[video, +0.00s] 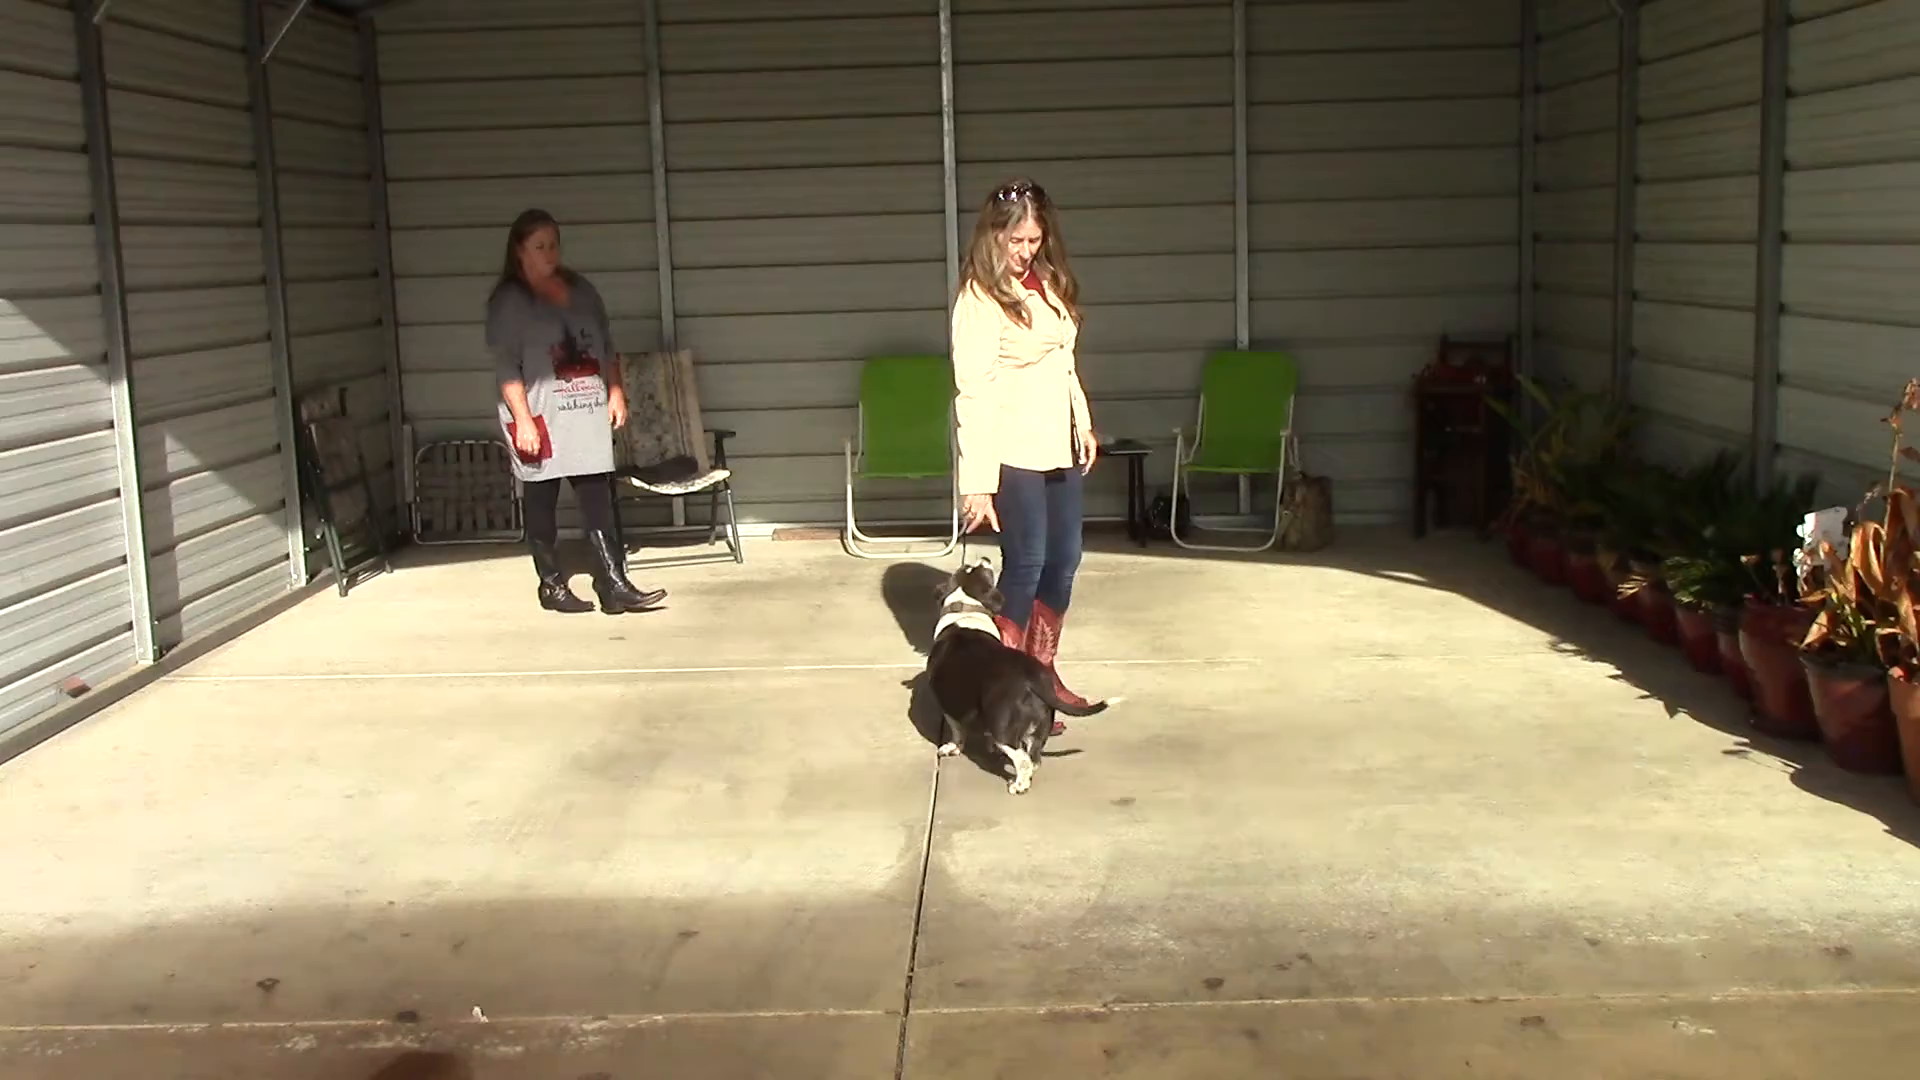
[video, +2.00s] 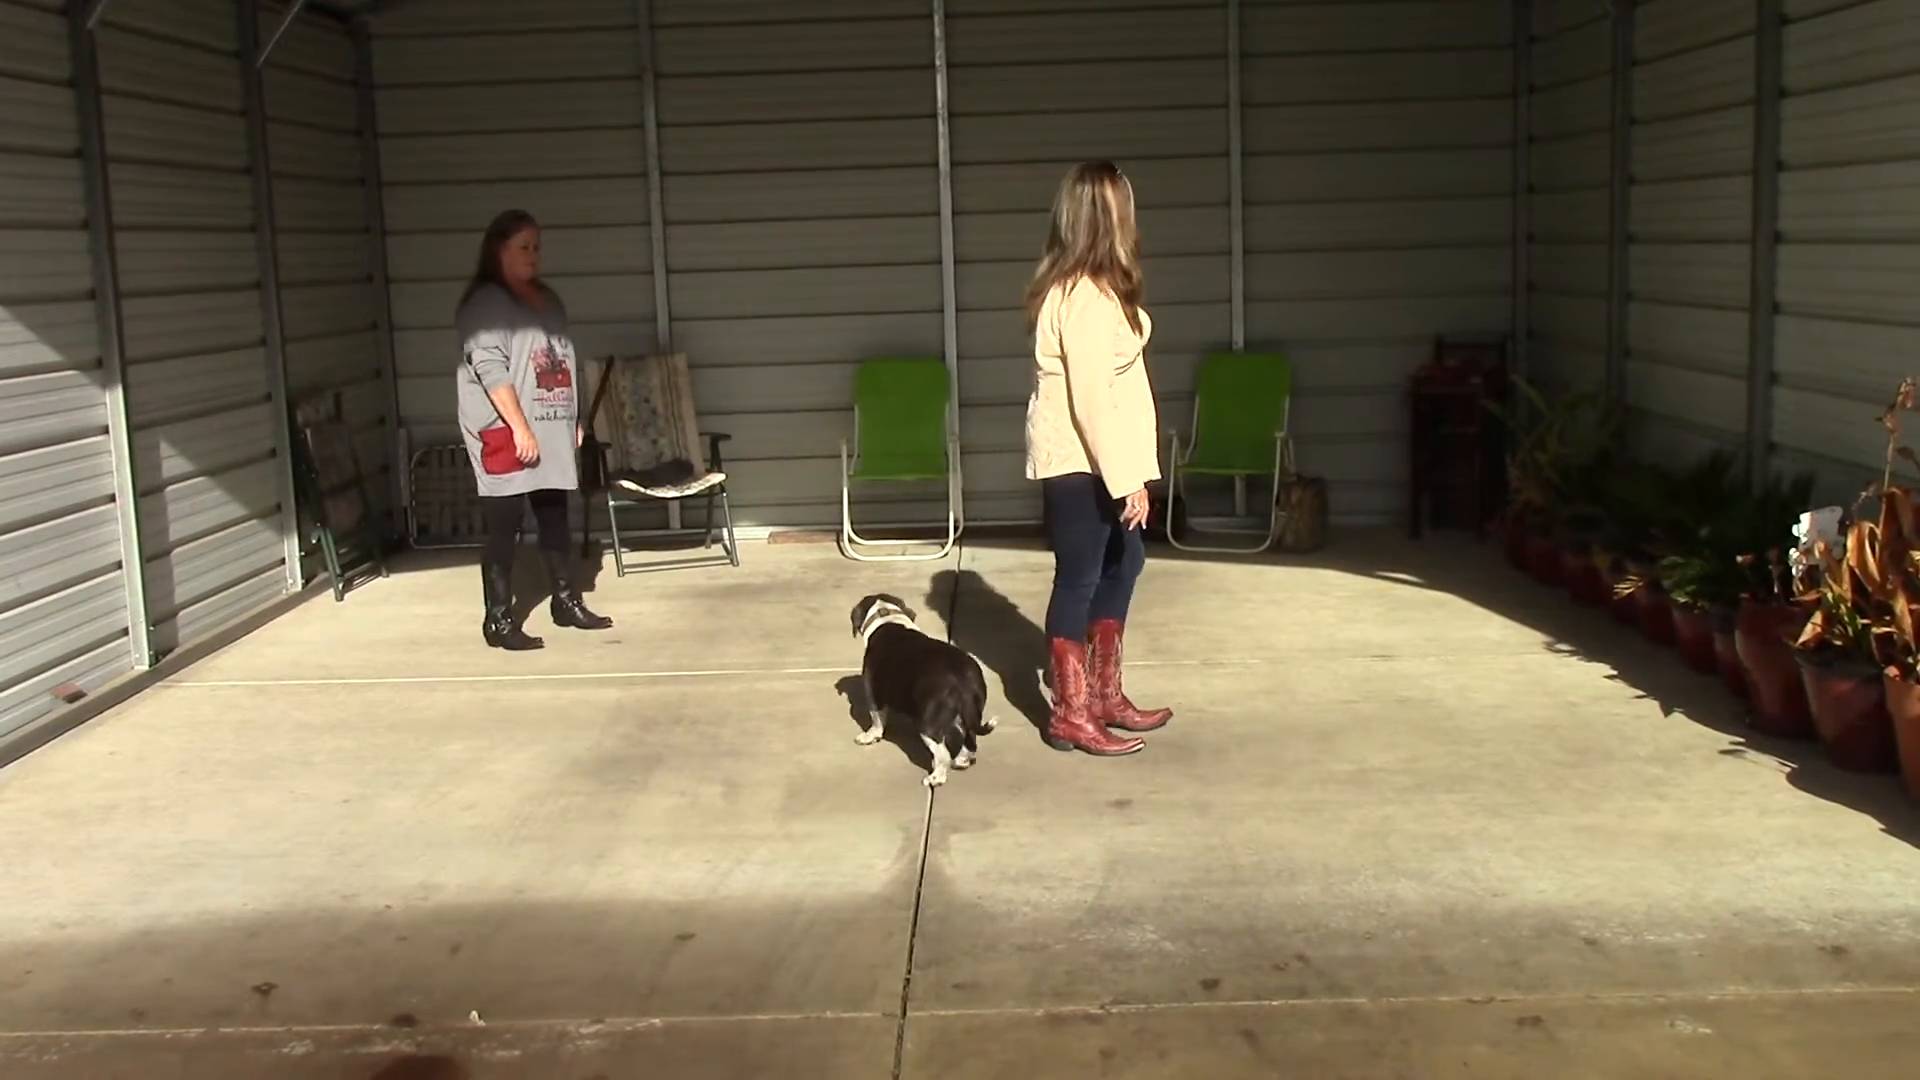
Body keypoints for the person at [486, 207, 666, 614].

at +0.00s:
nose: (551, 251)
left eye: (555, 244)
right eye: (542, 245)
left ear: (560, 247)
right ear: (520, 250)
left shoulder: (582, 290)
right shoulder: (508, 300)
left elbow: (605, 345)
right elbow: (506, 364)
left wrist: (616, 388)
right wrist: (522, 419)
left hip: (587, 408)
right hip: (537, 411)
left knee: (596, 488)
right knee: (540, 496)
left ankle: (614, 583)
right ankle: (552, 585)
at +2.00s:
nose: (533, 255)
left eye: (536, 247)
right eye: (524, 247)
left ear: (538, 251)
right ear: (498, 251)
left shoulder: (547, 300)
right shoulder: (483, 305)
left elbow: (562, 364)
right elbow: (491, 372)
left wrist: (573, 417)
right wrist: (519, 426)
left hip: (549, 428)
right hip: (500, 432)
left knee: (554, 512)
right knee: (503, 521)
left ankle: (566, 600)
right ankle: (498, 618)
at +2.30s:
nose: (513, 256)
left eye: (516, 248)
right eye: (505, 247)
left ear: (516, 251)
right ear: (480, 249)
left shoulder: (518, 299)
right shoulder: (469, 306)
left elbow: (527, 368)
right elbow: (485, 378)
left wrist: (533, 431)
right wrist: (505, 434)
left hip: (523, 433)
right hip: (488, 438)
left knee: (529, 511)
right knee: (494, 519)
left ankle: (515, 607)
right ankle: (497, 617)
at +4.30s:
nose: (493, 260)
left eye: (496, 252)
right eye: (484, 251)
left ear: (498, 252)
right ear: (459, 251)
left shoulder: (491, 296)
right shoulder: (450, 301)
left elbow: (500, 361)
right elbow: (466, 369)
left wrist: (509, 423)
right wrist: (489, 426)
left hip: (487, 423)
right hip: (468, 425)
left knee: (476, 511)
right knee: (494, 511)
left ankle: (465, 602)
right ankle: (500, 609)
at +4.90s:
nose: (534, 303)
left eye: (539, 295)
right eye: (526, 294)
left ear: (543, 293)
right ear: (501, 292)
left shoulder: (528, 330)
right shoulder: (489, 333)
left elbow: (524, 398)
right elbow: (490, 407)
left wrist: (512, 452)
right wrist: (512, 470)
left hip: (479, 422)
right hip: (447, 421)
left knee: (480, 509)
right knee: (490, 509)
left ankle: (464, 603)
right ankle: (499, 610)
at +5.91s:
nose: (569, 353)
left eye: (575, 346)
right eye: (563, 344)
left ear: (582, 340)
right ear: (542, 332)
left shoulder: (541, 362)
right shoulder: (518, 370)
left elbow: (535, 427)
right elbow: (513, 443)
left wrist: (517, 471)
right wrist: (525, 509)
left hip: (462, 418)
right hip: (445, 420)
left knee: (483, 507)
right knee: (494, 510)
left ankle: (464, 606)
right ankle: (500, 612)